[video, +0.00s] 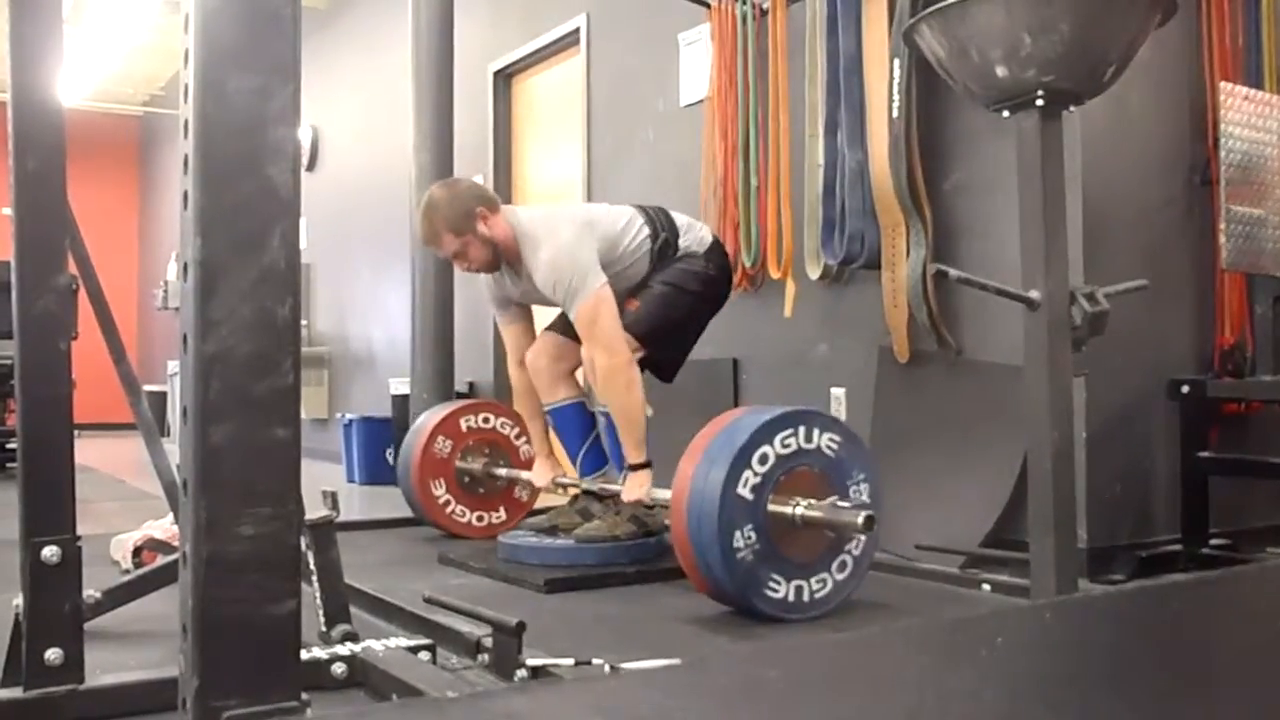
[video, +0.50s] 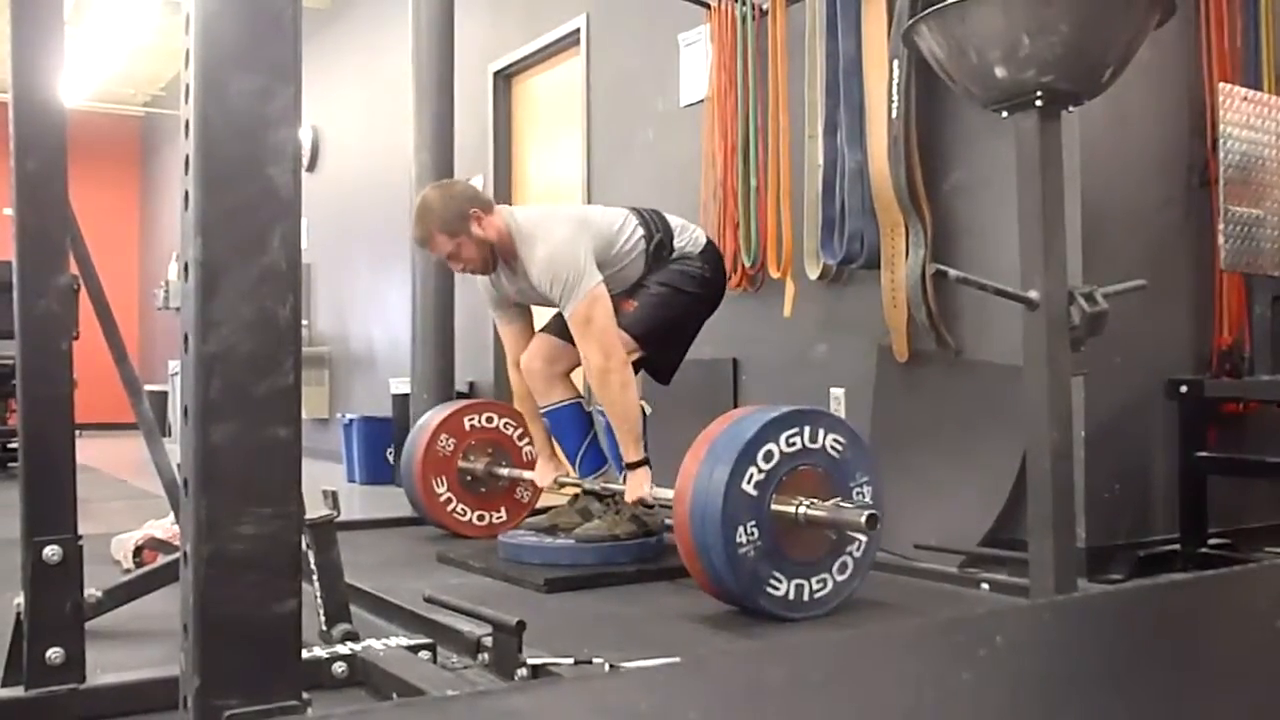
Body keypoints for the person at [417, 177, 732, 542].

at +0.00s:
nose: (462, 268)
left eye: (462, 253)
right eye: (452, 260)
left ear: (485, 218)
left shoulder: (557, 247)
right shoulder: (498, 272)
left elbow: (612, 357)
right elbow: (521, 365)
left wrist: (638, 469)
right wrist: (542, 458)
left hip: (691, 258)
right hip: (626, 273)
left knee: (602, 364)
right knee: (543, 362)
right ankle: (600, 493)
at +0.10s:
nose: (462, 267)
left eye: (461, 253)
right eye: (452, 260)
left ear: (484, 219)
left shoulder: (557, 248)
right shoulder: (498, 271)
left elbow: (611, 359)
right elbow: (521, 364)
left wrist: (638, 471)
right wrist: (542, 458)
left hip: (690, 261)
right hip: (624, 276)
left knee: (602, 367)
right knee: (540, 363)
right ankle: (601, 494)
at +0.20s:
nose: (461, 267)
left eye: (460, 252)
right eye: (450, 260)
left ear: (484, 217)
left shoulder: (556, 249)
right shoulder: (497, 273)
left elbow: (610, 361)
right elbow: (521, 367)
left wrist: (639, 471)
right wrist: (544, 458)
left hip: (689, 263)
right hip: (624, 278)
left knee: (601, 368)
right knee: (539, 364)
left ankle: (636, 498)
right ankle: (602, 493)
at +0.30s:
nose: (461, 268)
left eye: (459, 253)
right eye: (450, 261)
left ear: (483, 219)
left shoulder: (555, 249)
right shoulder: (497, 274)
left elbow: (609, 361)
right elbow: (522, 367)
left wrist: (639, 470)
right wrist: (545, 457)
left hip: (688, 263)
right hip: (623, 278)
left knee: (603, 368)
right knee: (539, 364)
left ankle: (636, 496)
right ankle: (602, 492)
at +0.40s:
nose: (459, 268)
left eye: (458, 254)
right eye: (449, 262)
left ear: (481, 219)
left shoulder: (555, 250)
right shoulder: (499, 276)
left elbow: (609, 362)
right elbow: (522, 367)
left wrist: (638, 469)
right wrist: (545, 457)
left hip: (686, 261)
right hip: (622, 277)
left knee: (603, 367)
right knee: (538, 364)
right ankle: (602, 493)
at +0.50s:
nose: (457, 269)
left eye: (455, 254)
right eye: (447, 262)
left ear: (479, 220)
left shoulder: (553, 248)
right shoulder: (496, 275)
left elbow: (606, 362)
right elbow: (522, 367)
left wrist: (637, 468)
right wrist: (545, 457)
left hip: (685, 261)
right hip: (621, 277)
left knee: (604, 366)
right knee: (538, 364)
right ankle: (601, 494)